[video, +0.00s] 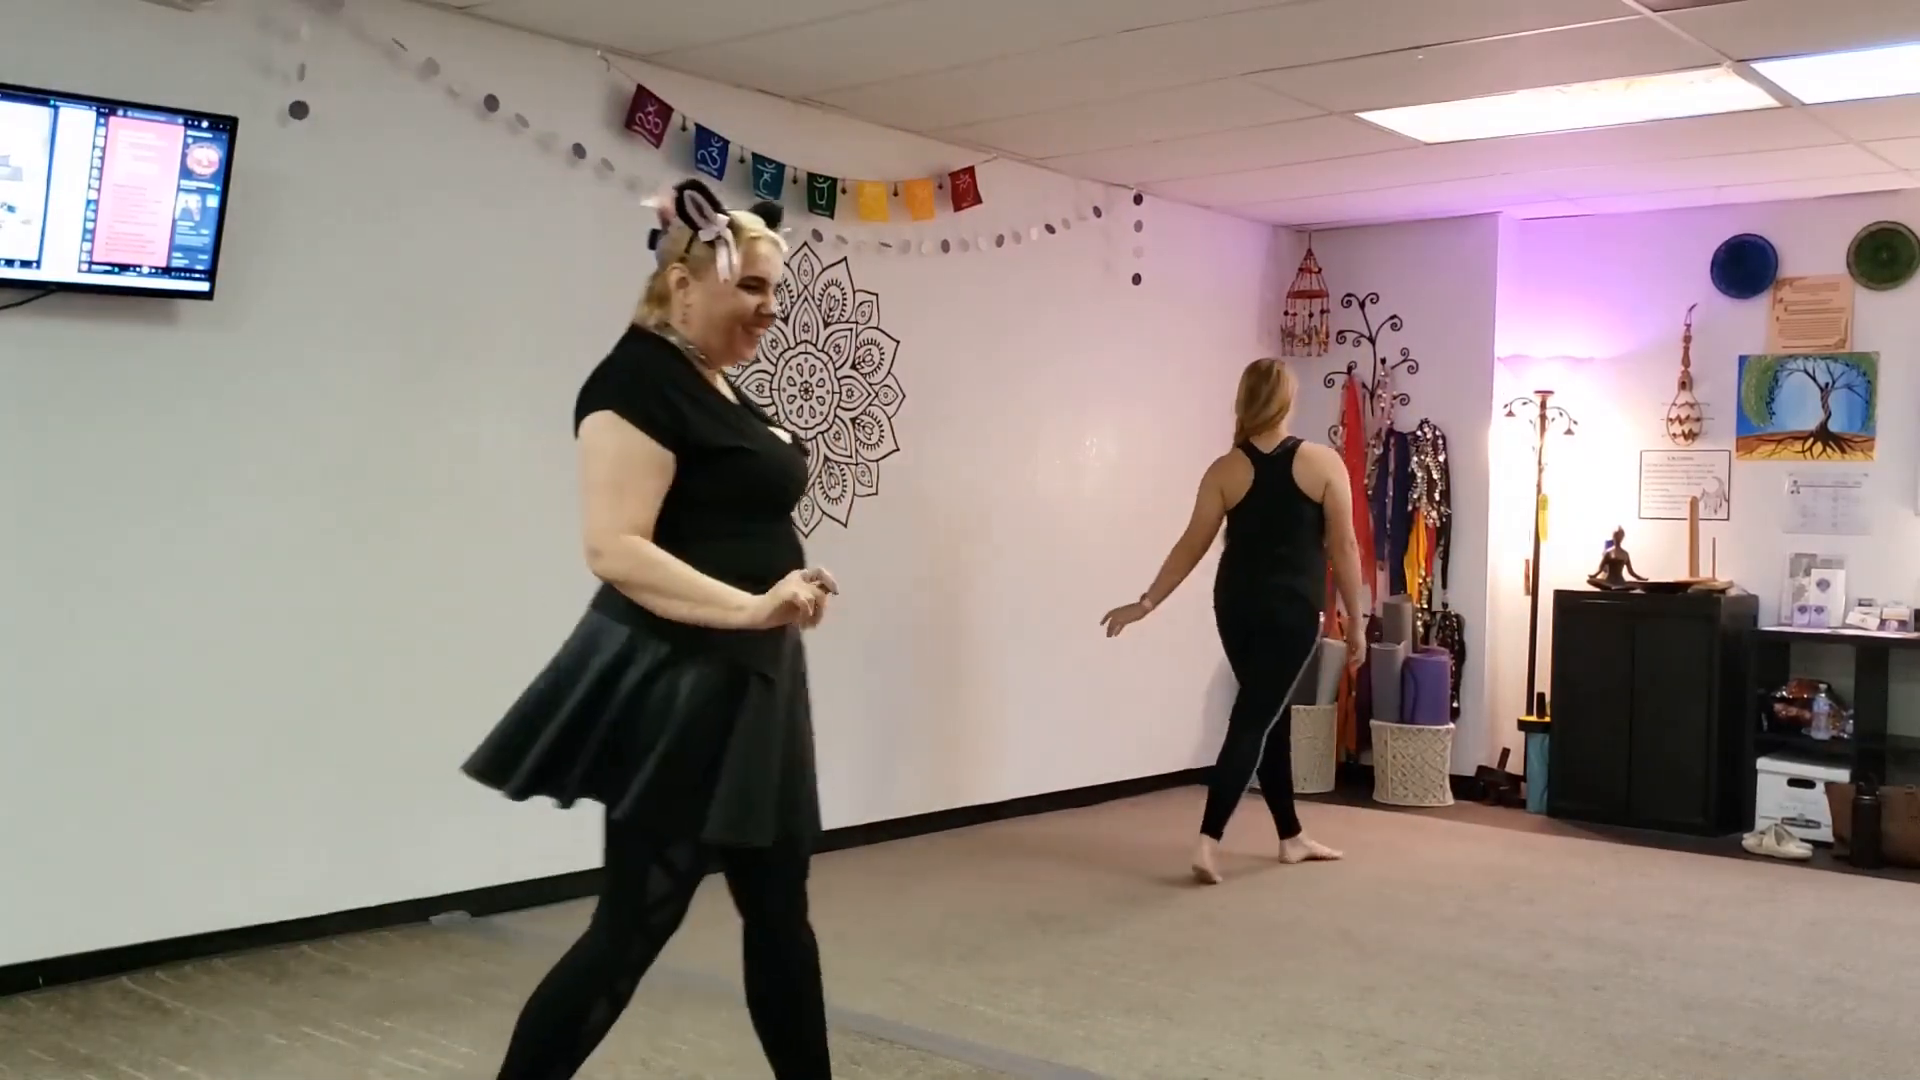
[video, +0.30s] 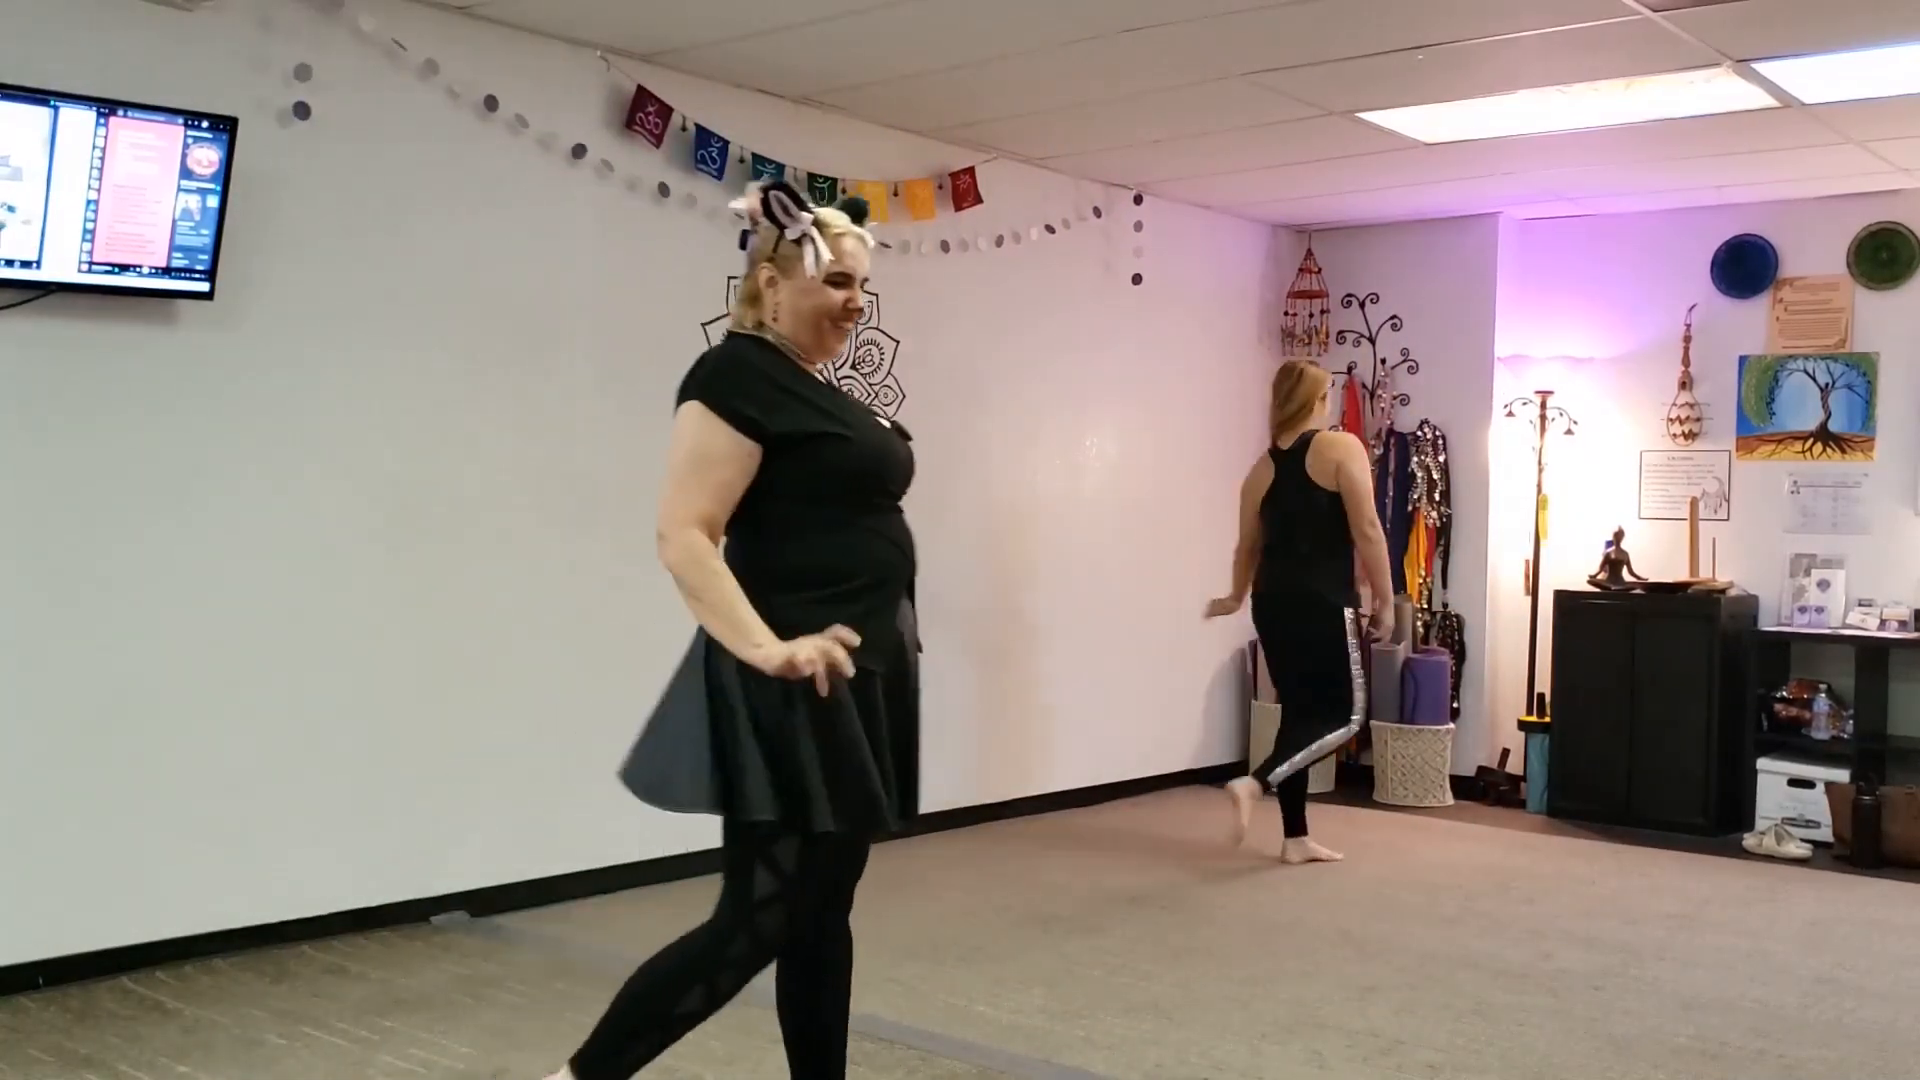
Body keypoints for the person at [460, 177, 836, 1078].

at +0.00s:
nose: (767, 308)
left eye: (774, 291)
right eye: (751, 285)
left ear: (764, 295)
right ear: (684, 280)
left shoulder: (720, 393)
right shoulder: (637, 379)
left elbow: (733, 533)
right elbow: (612, 548)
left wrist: (793, 579)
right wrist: (753, 607)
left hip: (761, 684)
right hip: (680, 687)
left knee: (782, 917)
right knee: (631, 928)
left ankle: (807, 1075)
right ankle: (524, 1074)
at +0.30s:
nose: (856, 301)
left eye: (862, 285)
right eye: (838, 280)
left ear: (858, 292)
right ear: (772, 284)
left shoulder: (811, 390)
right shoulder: (735, 375)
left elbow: (821, 531)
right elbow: (682, 534)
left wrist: (881, 628)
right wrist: (767, 646)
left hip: (852, 675)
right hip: (782, 681)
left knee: (823, 914)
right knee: (758, 920)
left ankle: (821, 1079)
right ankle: (585, 1072)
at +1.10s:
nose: (1014, 291)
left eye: (1026, 275)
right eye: (992, 270)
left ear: (1034, 285)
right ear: (929, 275)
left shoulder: (1045, 394)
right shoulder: (866, 387)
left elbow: (1105, 546)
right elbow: (782, 545)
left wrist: (1235, 556)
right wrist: (716, 695)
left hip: (1006, 685)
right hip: (894, 683)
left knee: (910, 925)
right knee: (964, 935)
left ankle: (845, 1079)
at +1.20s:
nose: (1037, 280)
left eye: (1048, 263)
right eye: (1015, 259)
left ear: (1058, 272)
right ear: (953, 266)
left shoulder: (1072, 388)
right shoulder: (887, 380)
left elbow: (1141, 540)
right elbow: (804, 536)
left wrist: (1275, 576)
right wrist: (742, 689)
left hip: (1028, 685)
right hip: (916, 680)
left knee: (930, 919)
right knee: (976, 937)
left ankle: (856, 1074)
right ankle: (982, 1072)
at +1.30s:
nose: (1062, 274)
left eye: (1073, 257)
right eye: (1038, 253)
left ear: (1083, 268)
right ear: (976, 261)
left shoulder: (1098, 387)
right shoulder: (912, 376)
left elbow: (1175, 544)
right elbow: (821, 536)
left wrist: (1309, 621)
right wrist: (769, 685)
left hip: (1047, 683)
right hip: (930, 676)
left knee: (966, 912)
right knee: (987, 917)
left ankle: (876, 1069)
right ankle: (991, 1079)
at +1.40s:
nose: (1087, 273)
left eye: (1099, 255)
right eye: (1063, 252)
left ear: (1109, 266)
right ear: (999, 261)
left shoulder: (1122, 390)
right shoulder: (936, 374)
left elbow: (1196, 561)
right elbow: (845, 537)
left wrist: (1295, 685)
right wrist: (800, 685)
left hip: (1074, 693)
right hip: (949, 682)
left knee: (1024, 926)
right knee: (994, 936)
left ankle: (897, 1066)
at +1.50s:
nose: (1111, 281)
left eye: (1125, 264)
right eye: (1086, 259)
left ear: (1134, 276)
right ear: (1023, 267)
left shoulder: (1141, 397)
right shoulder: (955, 379)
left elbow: (1188, 583)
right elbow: (868, 547)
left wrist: (1244, 727)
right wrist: (833, 698)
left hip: (1095, 706)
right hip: (967, 699)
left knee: (1088, 960)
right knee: (1008, 982)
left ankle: (926, 1059)